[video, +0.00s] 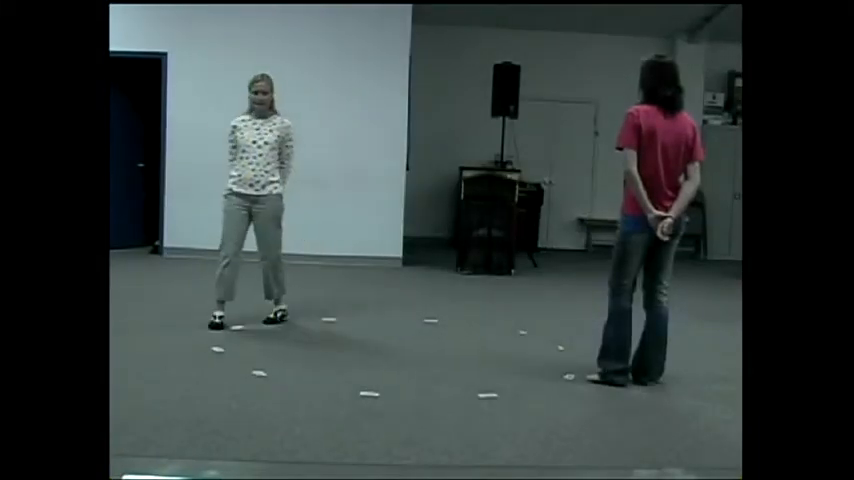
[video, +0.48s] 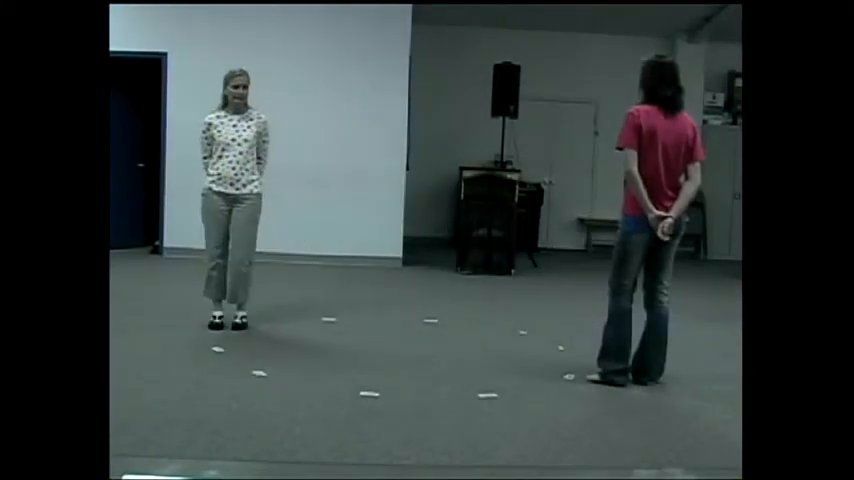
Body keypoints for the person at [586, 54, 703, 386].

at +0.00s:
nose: (641, 86)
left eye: (642, 80)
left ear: (646, 84)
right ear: (676, 85)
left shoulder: (637, 116)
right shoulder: (688, 124)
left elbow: (630, 168)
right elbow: (693, 178)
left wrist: (650, 210)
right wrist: (673, 216)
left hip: (638, 219)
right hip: (671, 220)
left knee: (622, 290)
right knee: (658, 292)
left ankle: (614, 368)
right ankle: (649, 370)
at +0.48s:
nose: (641, 86)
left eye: (643, 80)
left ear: (647, 84)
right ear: (676, 85)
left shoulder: (638, 116)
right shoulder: (689, 124)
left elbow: (631, 168)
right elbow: (694, 178)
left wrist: (651, 210)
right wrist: (673, 216)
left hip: (638, 219)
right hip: (672, 220)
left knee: (622, 291)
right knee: (658, 293)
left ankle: (614, 368)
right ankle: (649, 370)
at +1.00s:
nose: (642, 85)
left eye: (644, 79)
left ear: (647, 84)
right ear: (677, 86)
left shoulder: (638, 116)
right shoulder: (689, 124)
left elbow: (632, 168)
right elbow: (694, 178)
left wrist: (652, 210)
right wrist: (674, 216)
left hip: (639, 219)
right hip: (673, 220)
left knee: (623, 291)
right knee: (659, 292)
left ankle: (615, 368)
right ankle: (649, 370)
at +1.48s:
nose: (645, 86)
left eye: (647, 80)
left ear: (650, 84)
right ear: (680, 86)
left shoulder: (640, 116)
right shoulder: (690, 125)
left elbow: (633, 168)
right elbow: (696, 179)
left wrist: (653, 210)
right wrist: (675, 216)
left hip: (640, 219)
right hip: (674, 220)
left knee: (624, 292)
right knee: (659, 293)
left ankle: (615, 368)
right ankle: (649, 370)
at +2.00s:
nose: (649, 85)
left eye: (651, 79)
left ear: (653, 84)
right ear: (683, 86)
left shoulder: (641, 116)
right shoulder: (692, 126)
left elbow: (633, 169)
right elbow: (697, 180)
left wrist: (652, 210)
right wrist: (674, 216)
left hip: (641, 218)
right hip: (674, 220)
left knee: (625, 291)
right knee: (660, 293)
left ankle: (615, 368)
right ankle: (649, 370)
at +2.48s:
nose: (655, 84)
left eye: (655, 78)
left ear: (654, 83)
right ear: (685, 86)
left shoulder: (638, 114)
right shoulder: (693, 125)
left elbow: (627, 164)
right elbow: (694, 178)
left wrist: (645, 207)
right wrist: (667, 213)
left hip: (636, 215)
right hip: (672, 219)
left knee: (623, 289)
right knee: (660, 294)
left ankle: (616, 363)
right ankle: (649, 369)